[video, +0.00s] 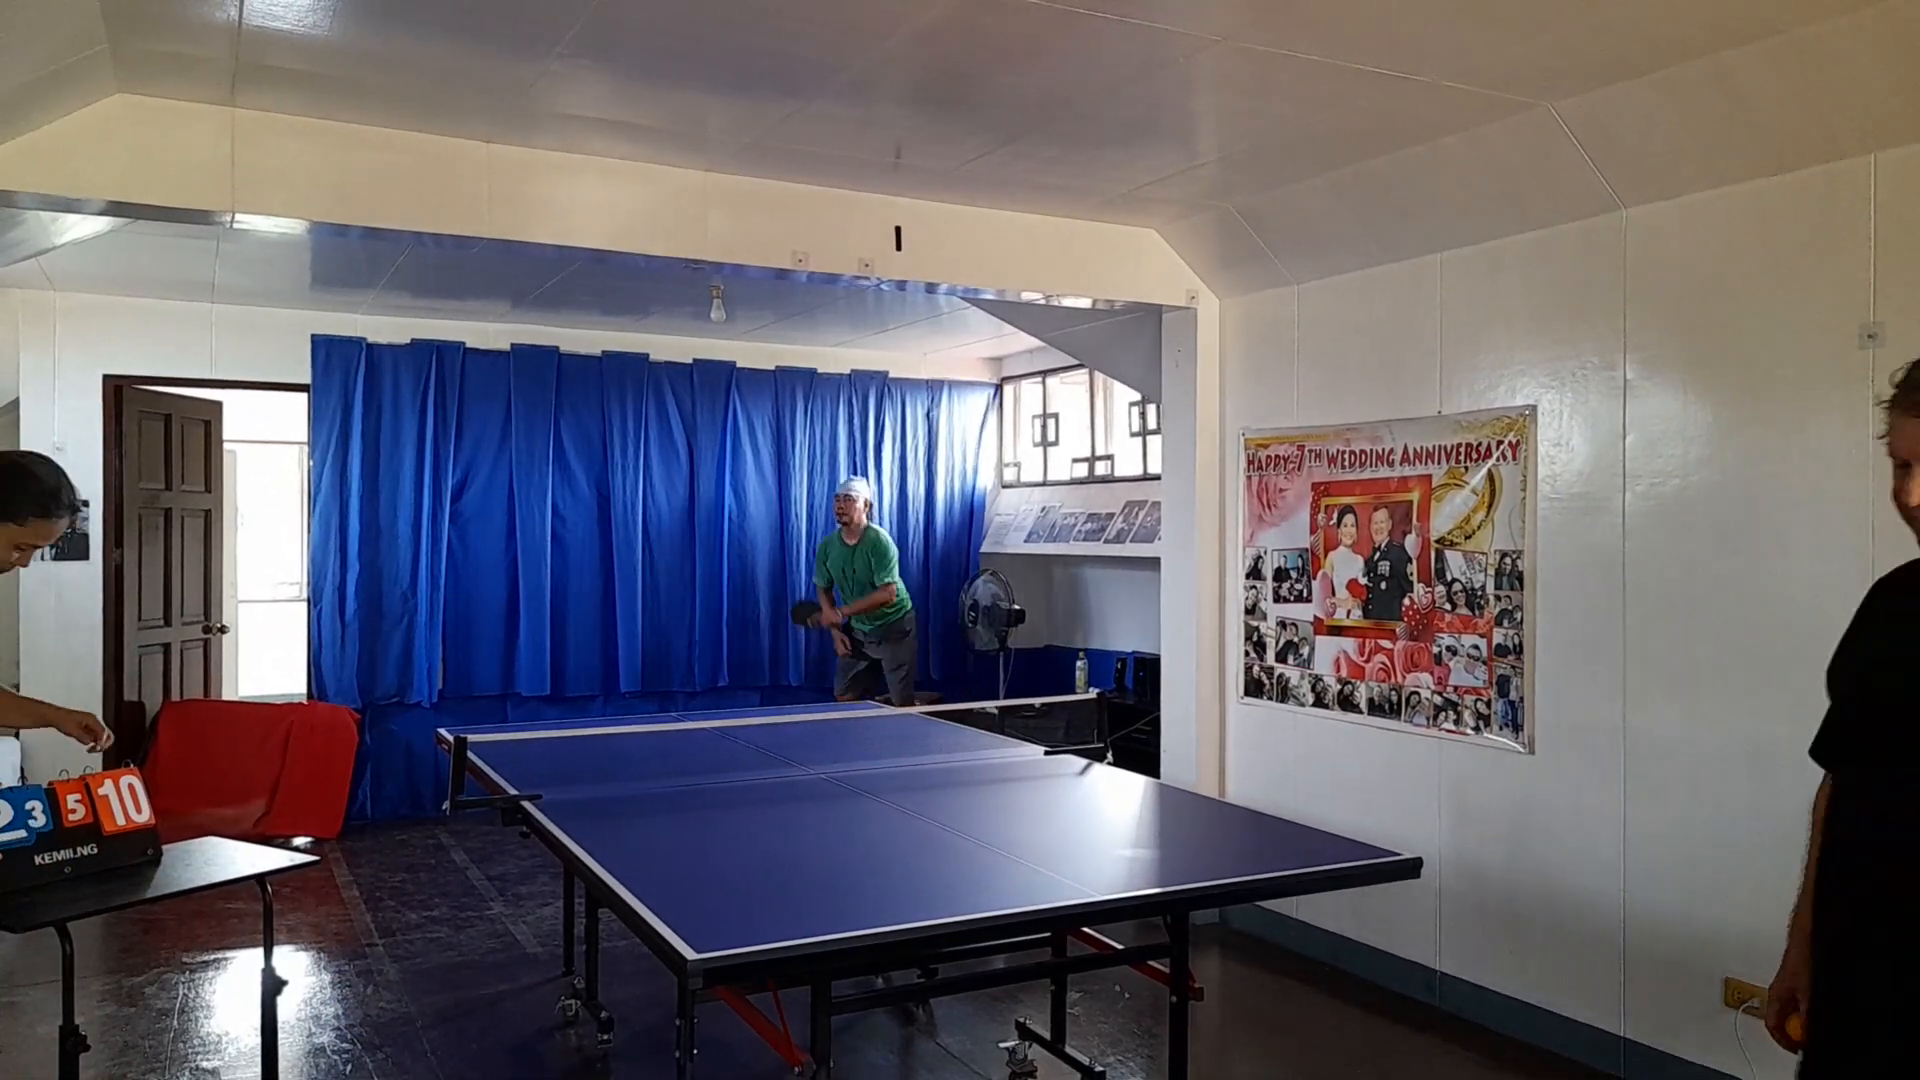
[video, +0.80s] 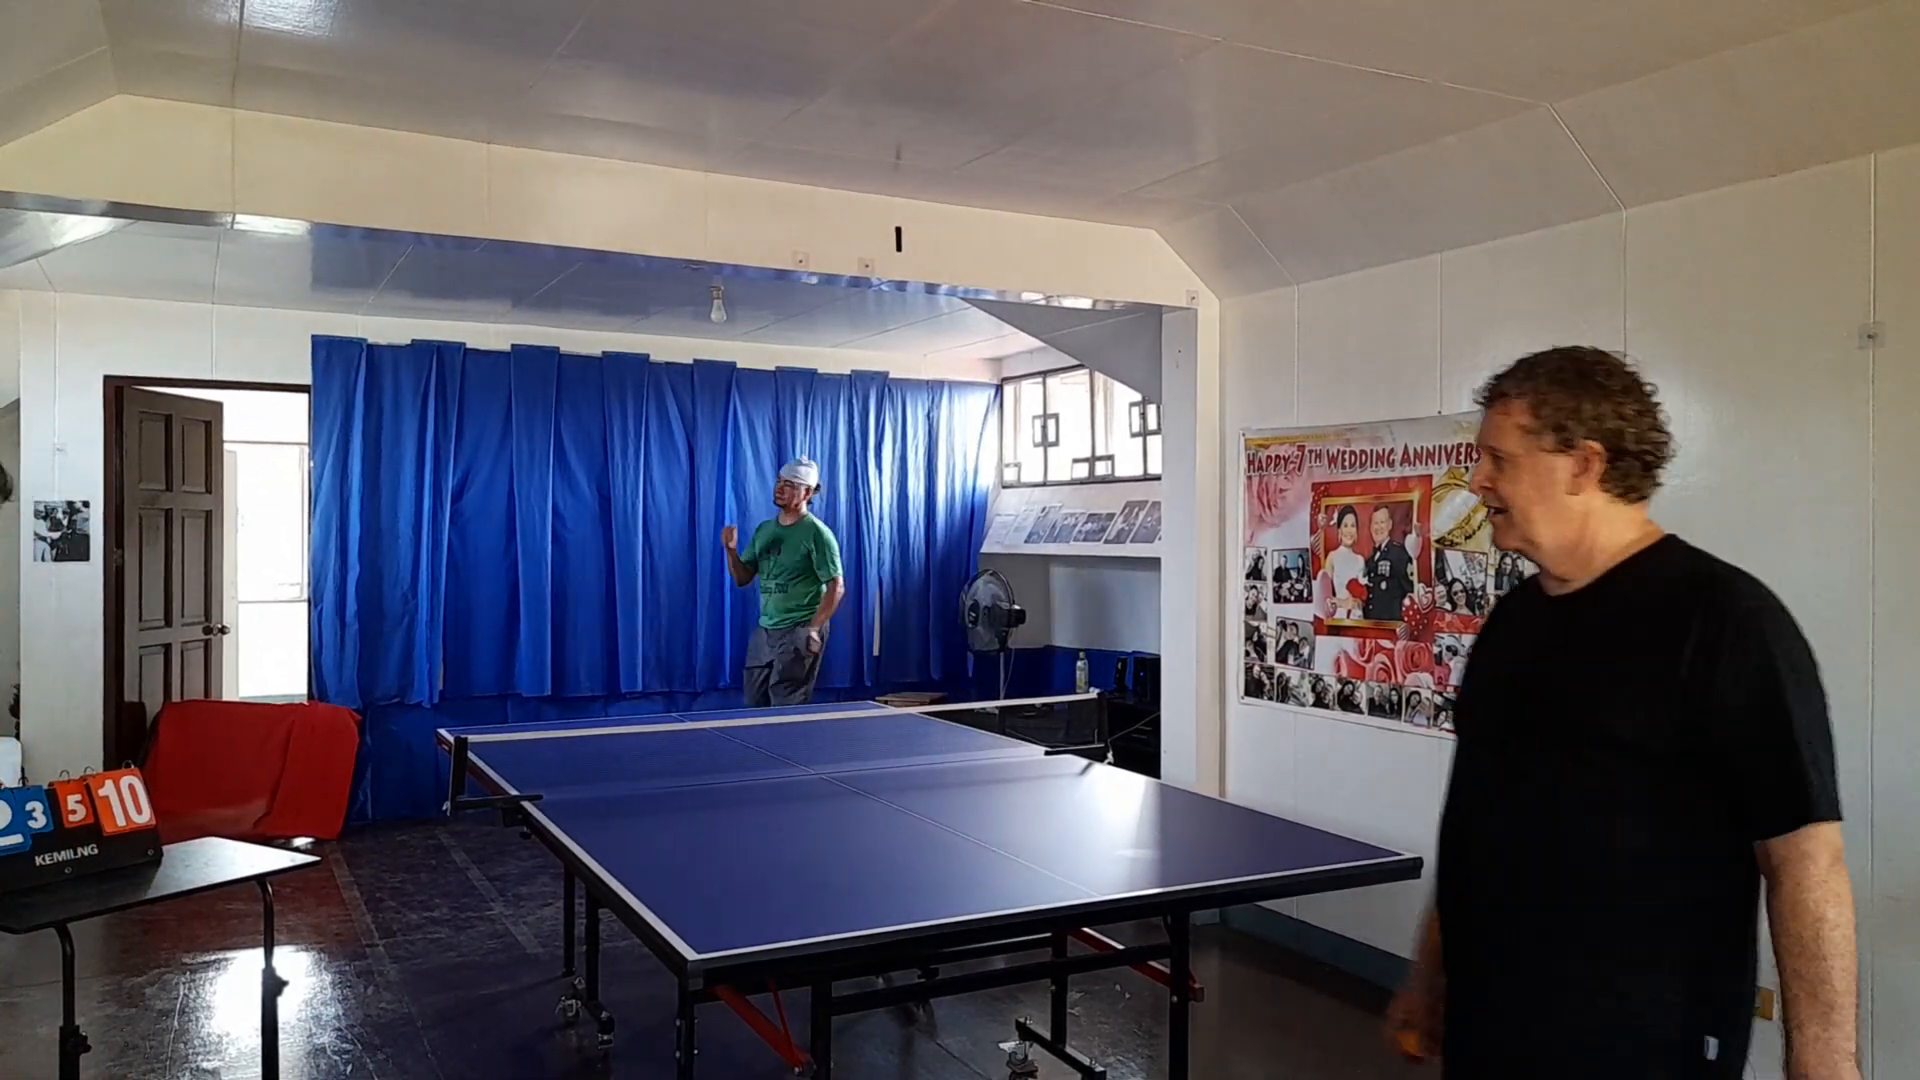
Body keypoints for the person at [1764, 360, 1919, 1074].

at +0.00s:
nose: (1909, 492)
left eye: (1919, 467)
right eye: (1901, 467)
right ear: (1890, 466)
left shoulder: (1894, 600)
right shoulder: (1893, 600)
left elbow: (1837, 788)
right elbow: (1840, 787)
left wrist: (1801, 955)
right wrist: (1801, 948)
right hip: (1869, 986)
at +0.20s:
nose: (1825, 499)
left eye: (1857, 473)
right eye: (1816, 471)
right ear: (1808, 465)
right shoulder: (1836, 603)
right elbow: (1789, 820)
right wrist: (1763, 999)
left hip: (1909, 1008)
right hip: (1808, 1001)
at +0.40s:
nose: (1729, 508)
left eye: (1758, 481)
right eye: (1718, 481)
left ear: (1856, 465)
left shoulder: (1915, 596)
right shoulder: (1752, 605)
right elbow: (1723, 819)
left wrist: (1874, 1047)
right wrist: (1704, 1010)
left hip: (1858, 1049)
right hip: (1723, 1021)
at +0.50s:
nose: (1666, 508)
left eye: (1696, 484)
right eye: (1660, 481)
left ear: (1791, 473)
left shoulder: (1897, 613)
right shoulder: (1693, 610)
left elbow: (1918, 862)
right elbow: (1674, 825)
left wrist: (1827, 1056)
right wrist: (1651, 1011)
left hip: (1806, 1050)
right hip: (1669, 1026)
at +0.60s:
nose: (1599, 501)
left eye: (1623, 477)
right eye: (1597, 475)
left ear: (1719, 473)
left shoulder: (1844, 623)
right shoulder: (1632, 620)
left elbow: (1892, 864)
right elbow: (1604, 831)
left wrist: (1812, 1068)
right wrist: (1586, 1021)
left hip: (1761, 1049)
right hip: (1613, 1031)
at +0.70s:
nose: (1532, 487)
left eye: (1554, 464)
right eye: (1536, 463)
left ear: (1644, 470)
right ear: (1641, 471)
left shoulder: (1784, 620)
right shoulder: (1567, 622)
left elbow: (1842, 860)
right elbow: (1544, 833)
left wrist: (1821, 1067)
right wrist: (1531, 1019)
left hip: (1708, 1043)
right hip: (1551, 1029)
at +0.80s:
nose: (1478, 483)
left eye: (1498, 460)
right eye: (1480, 459)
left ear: (1584, 467)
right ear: (1579, 470)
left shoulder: (1732, 622)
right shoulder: (1515, 619)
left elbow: (1805, 861)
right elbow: (1480, 825)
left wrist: (1824, 1063)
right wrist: (1429, 980)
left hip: (1658, 1048)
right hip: (1497, 1036)